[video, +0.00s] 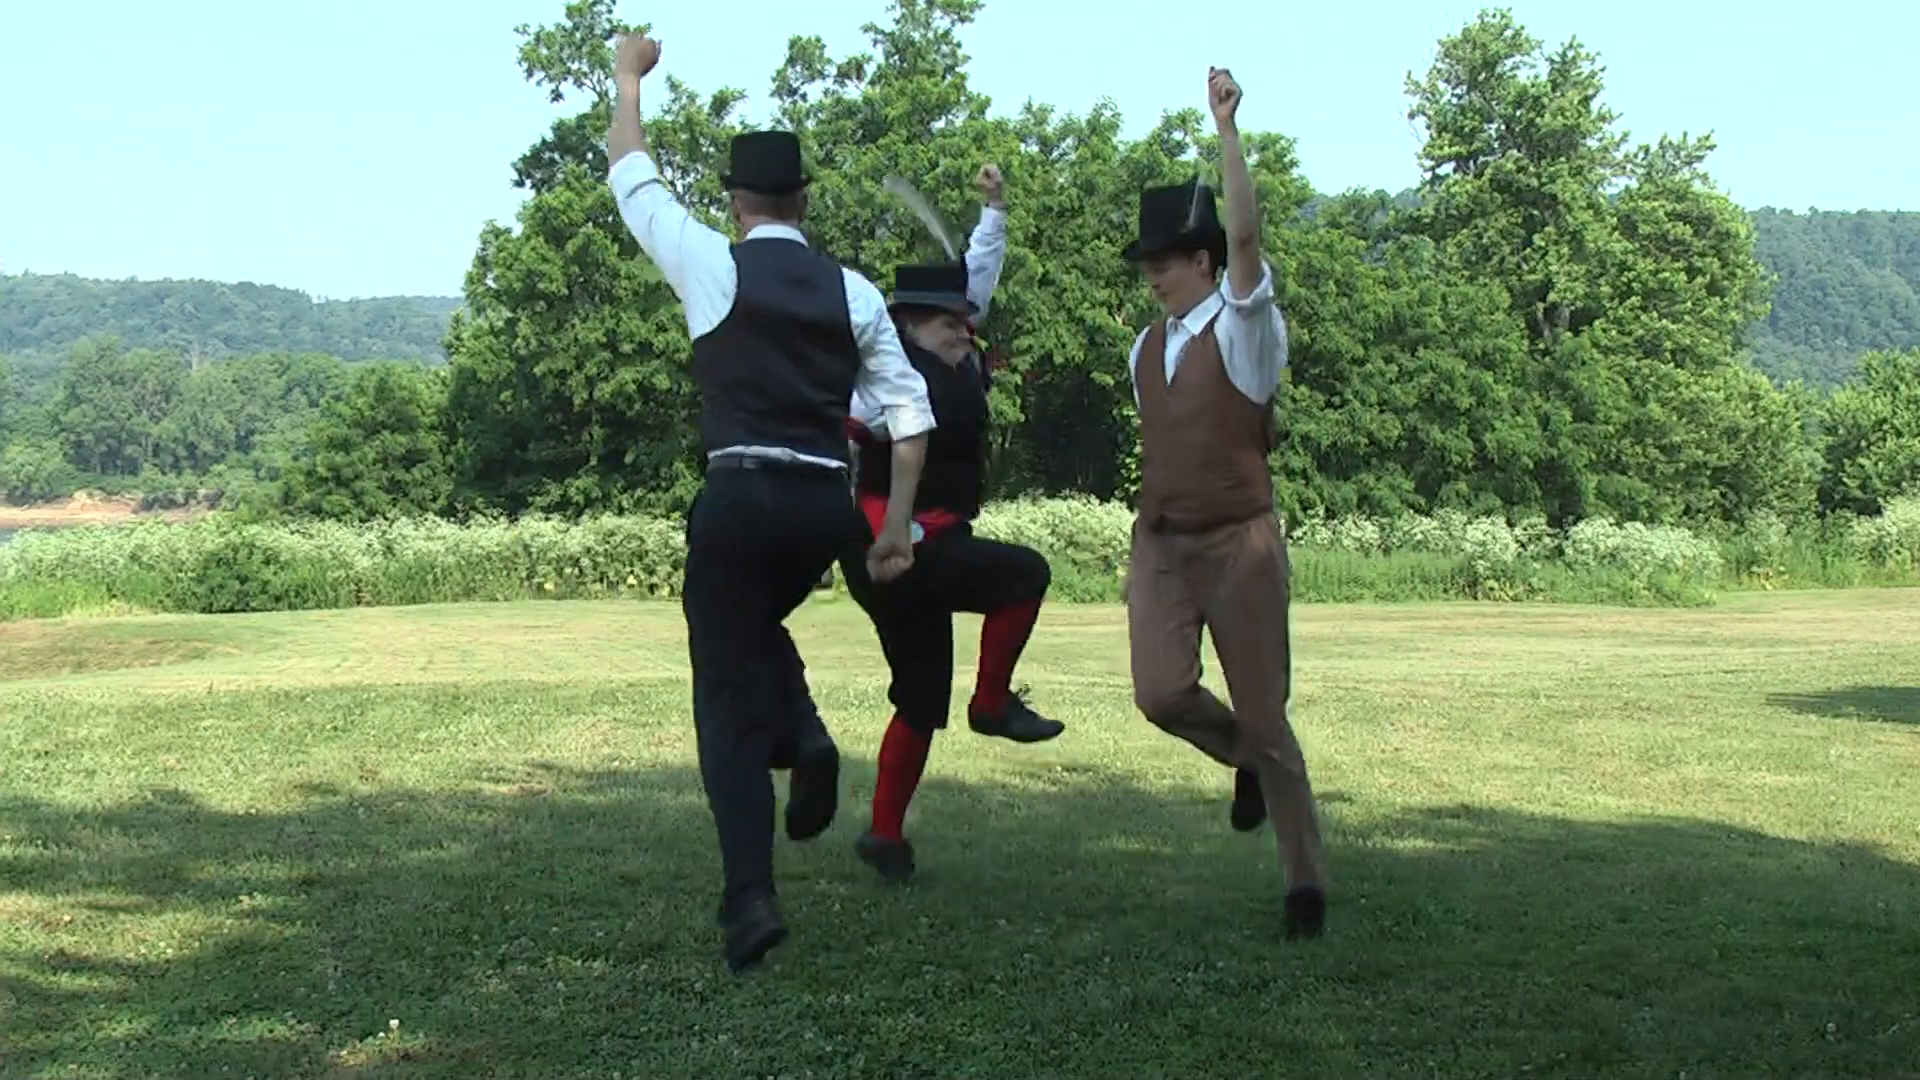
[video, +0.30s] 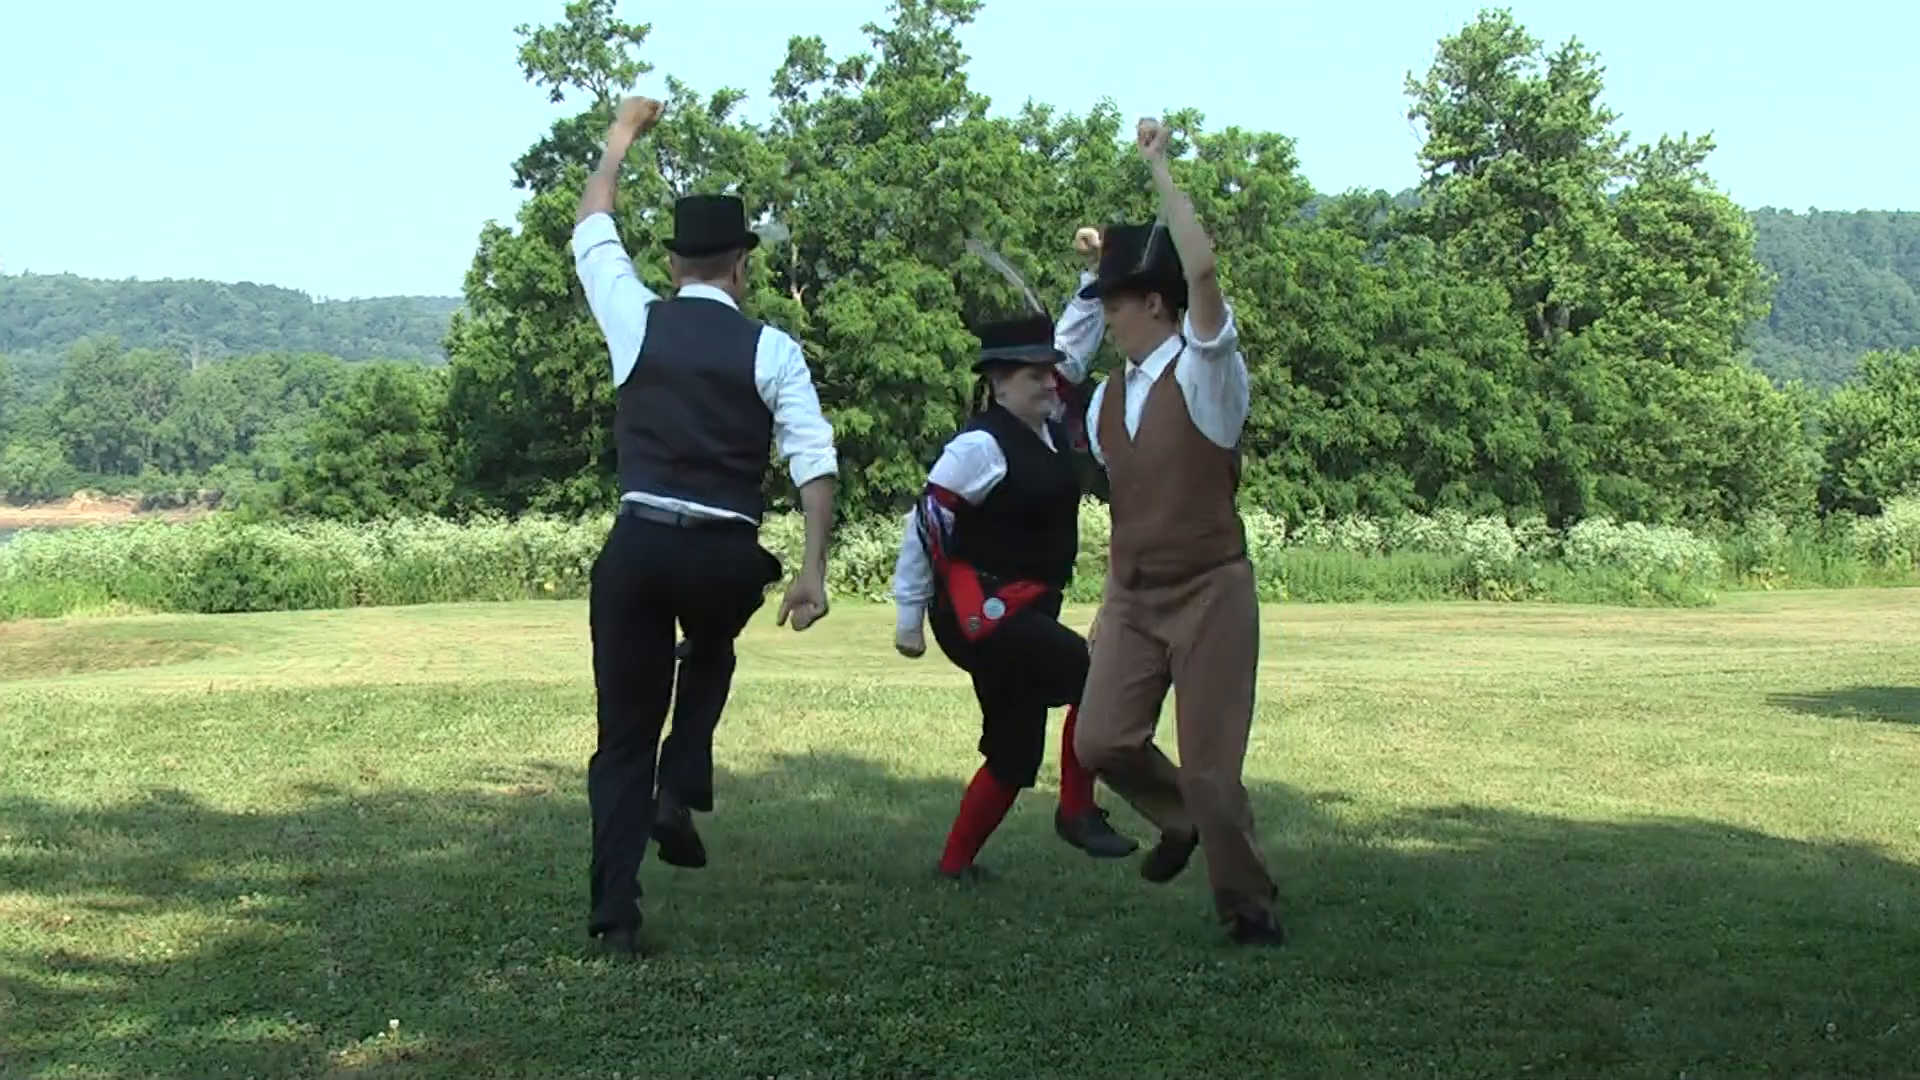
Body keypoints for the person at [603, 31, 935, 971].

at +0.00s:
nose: (731, 203)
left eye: (732, 194)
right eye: (746, 193)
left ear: (734, 201)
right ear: (802, 199)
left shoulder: (712, 264)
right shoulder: (853, 291)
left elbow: (630, 173)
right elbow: (911, 410)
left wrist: (627, 79)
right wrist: (899, 519)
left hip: (736, 496)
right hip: (828, 499)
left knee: (727, 690)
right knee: (756, 619)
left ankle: (751, 903)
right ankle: (809, 744)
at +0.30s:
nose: (749, 268)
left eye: (736, 257)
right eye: (747, 259)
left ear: (673, 267)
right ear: (740, 266)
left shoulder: (637, 318)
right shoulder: (772, 349)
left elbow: (594, 222)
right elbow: (816, 465)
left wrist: (620, 134)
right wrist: (813, 571)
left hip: (637, 548)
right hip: (731, 560)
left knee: (624, 734)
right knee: (710, 653)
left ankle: (615, 915)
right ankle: (676, 795)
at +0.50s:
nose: (765, 263)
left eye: (760, 251)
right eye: (761, 252)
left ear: (692, 251)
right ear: (748, 258)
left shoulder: (643, 300)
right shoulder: (764, 336)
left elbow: (625, 207)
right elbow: (768, 448)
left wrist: (663, 127)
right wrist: (758, 549)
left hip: (616, 522)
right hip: (702, 534)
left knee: (617, 716)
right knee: (714, 671)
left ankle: (610, 905)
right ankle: (657, 826)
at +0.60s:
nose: (773, 277)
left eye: (771, 263)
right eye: (771, 265)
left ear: (701, 259)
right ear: (753, 267)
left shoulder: (652, 304)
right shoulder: (766, 345)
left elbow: (646, 208)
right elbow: (755, 460)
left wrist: (683, 126)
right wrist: (748, 559)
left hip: (624, 520)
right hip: (706, 536)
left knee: (604, 707)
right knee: (686, 717)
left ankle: (584, 849)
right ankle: (643, 881)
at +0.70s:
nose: (784, 291)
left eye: (783, 278)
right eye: (783, 280)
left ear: (710, 275)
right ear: (763, 280)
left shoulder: (666, 323)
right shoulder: (766, 366)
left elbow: (661, 227)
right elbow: (758, 484)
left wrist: (696, 137)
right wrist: (763, 588)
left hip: (628, 539)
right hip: (700, 554)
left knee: (637, 701)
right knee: (690, 724)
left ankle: (570, 783)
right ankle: (643, 884)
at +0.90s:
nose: (810, 251)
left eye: (808, 236)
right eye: (806, 236)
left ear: (748, 228)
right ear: (781, 231)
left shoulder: (692, 275)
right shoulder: (788, 310)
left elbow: (694, 183)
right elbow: (774, 436)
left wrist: (730, 101)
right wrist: (783, 534)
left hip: (661, 486)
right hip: (721, 502)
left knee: (766, 579)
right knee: (708, 685)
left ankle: (661, 715)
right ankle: (651, 872)